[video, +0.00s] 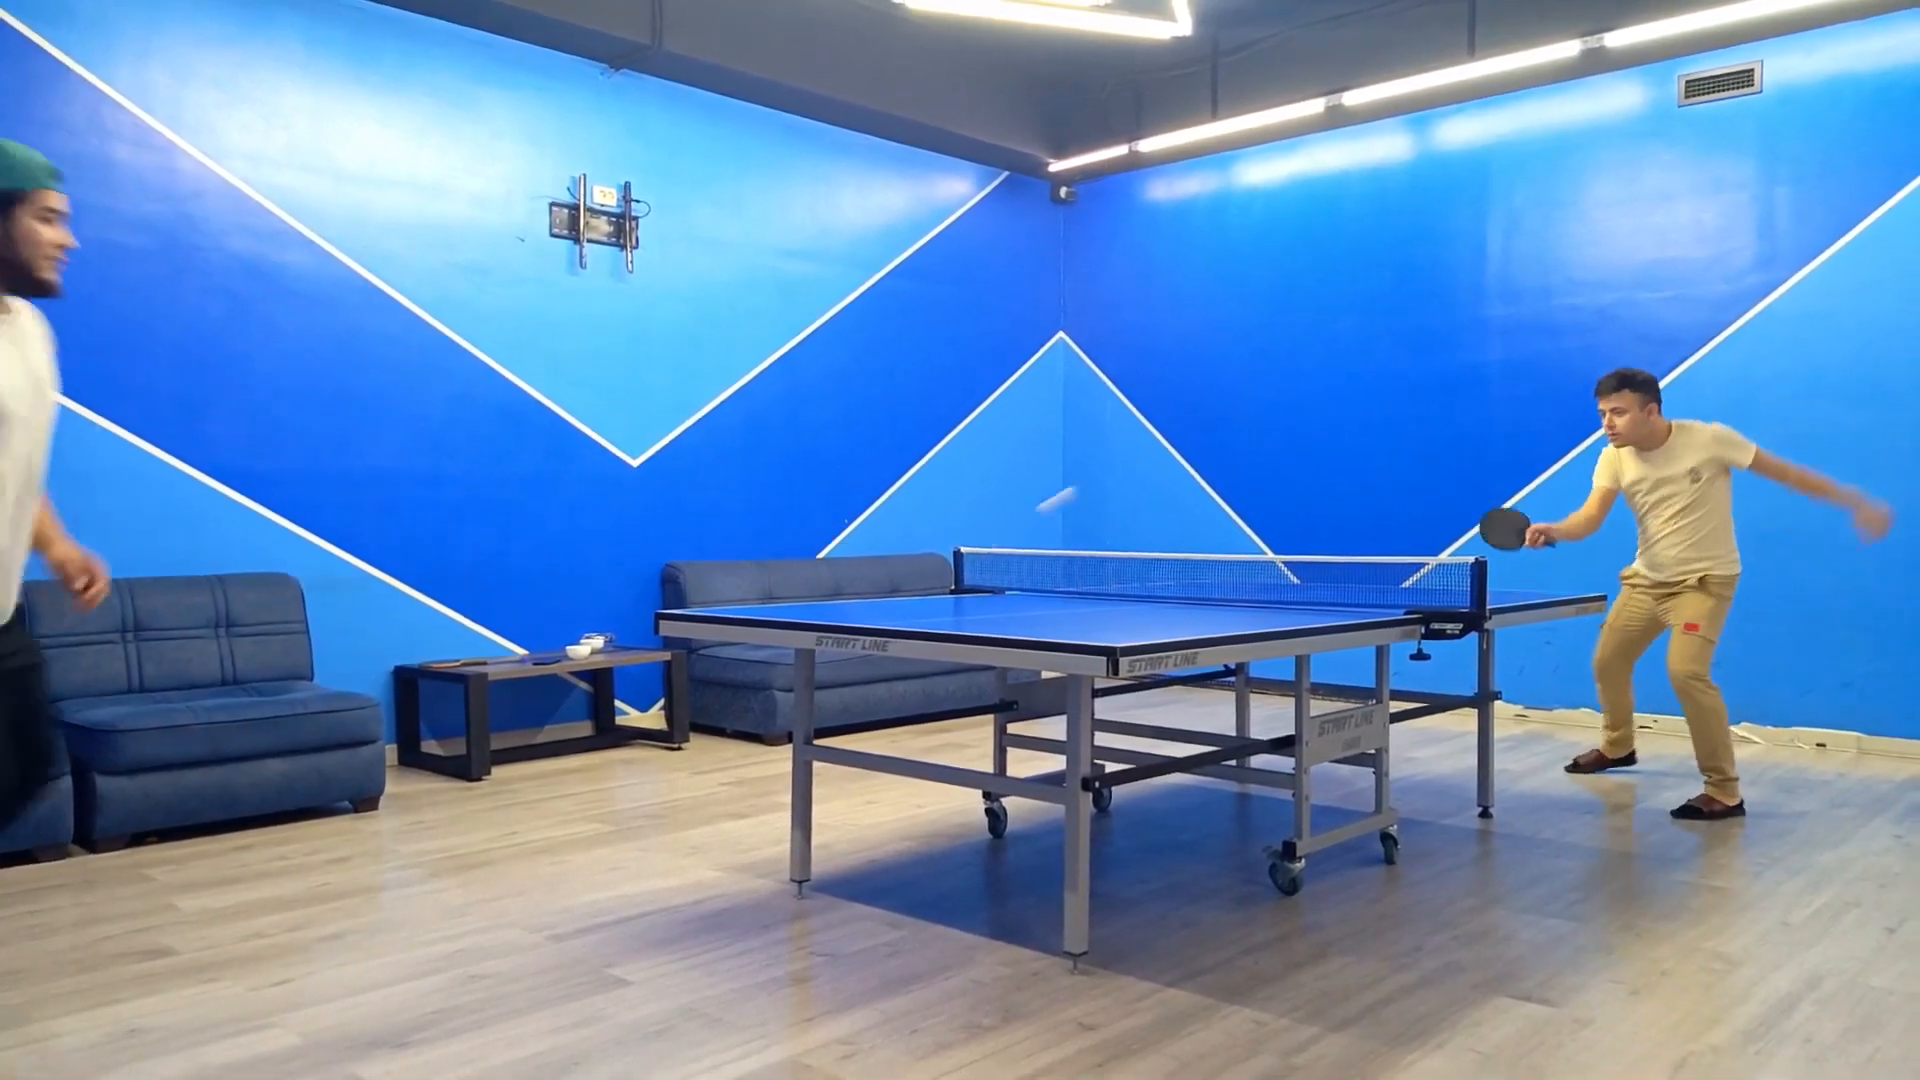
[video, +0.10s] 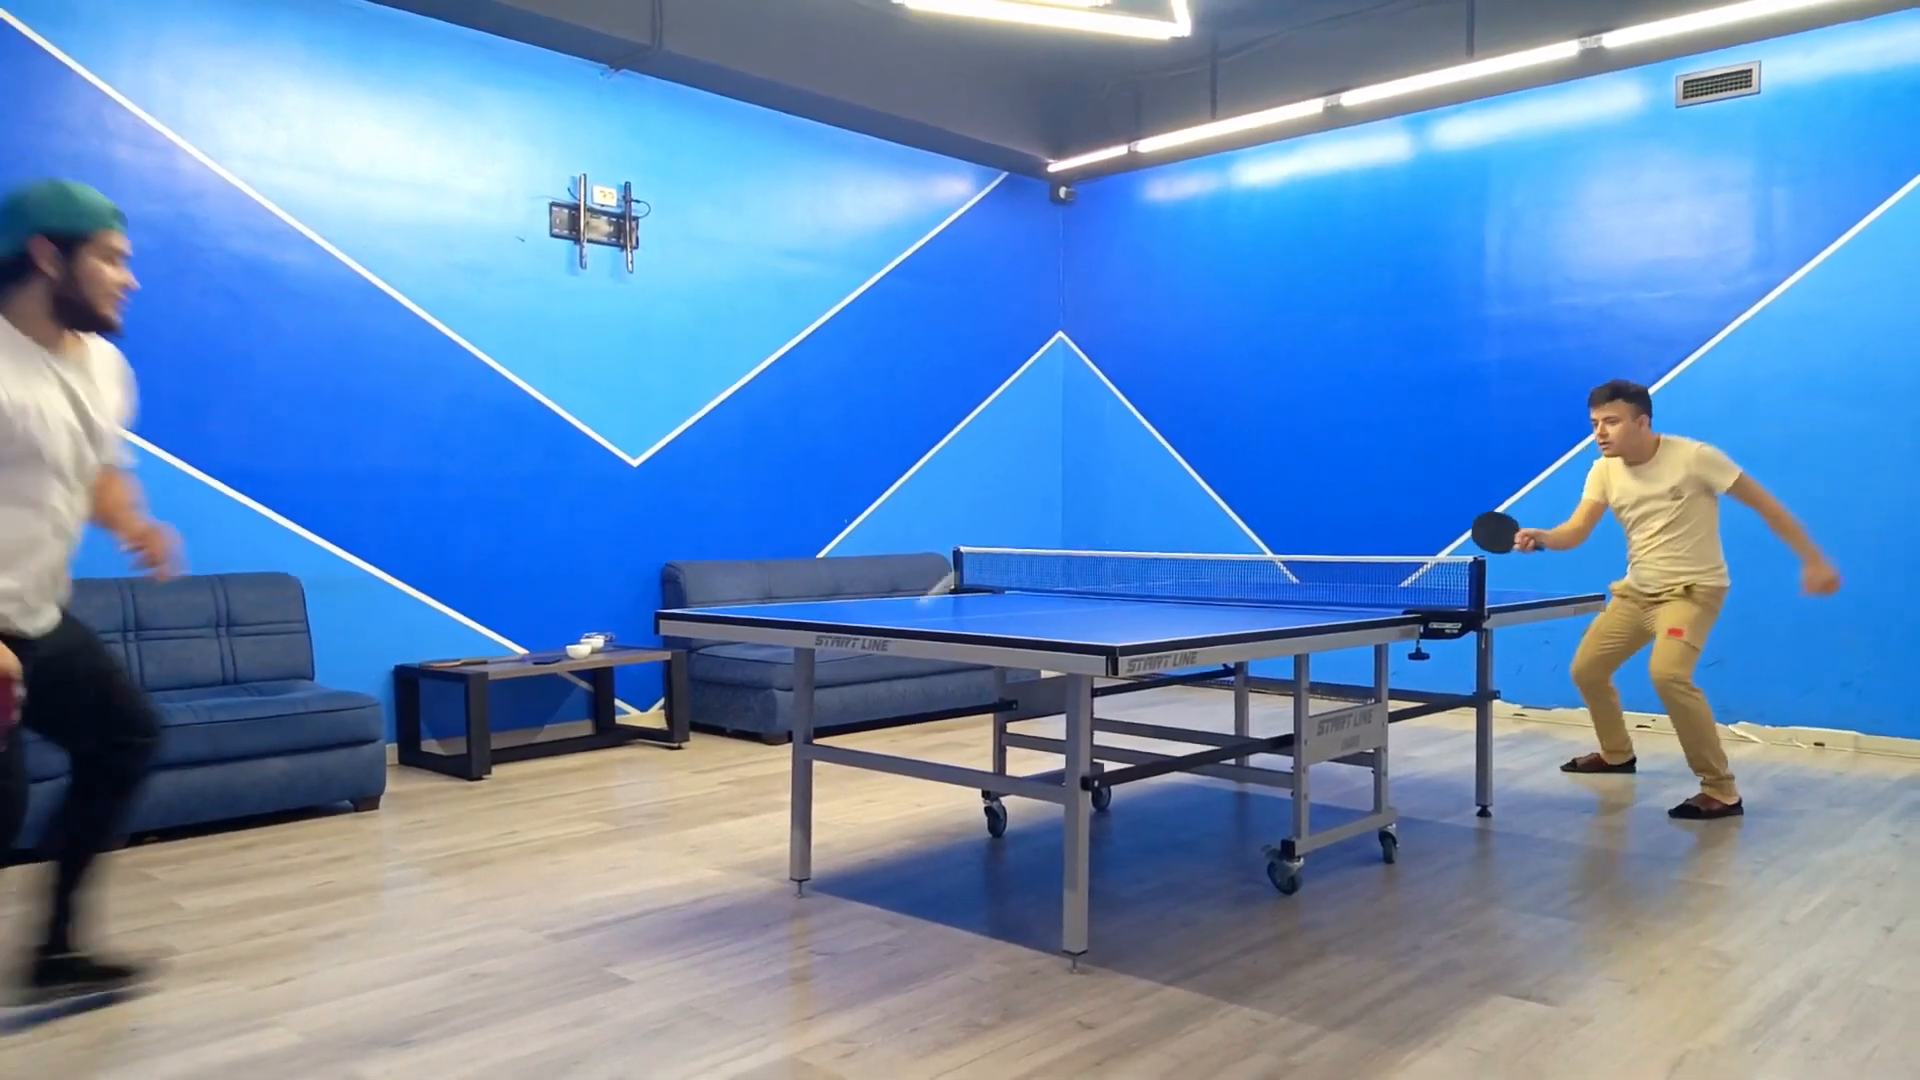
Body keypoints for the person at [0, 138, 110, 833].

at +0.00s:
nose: (68, 240)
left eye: (66, 221)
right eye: (50, 217)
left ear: (36, 231)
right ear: (2, 224)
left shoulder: (33, 332)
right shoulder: (12, 331)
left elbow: (14, 466)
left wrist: (56, 543)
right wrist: (53, 543)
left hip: (7, 618)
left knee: (26, 769)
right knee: (20, 773)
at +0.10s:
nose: (128, 277)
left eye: (127, 260)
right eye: (111, 258)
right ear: (46, 258)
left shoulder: (104, 365)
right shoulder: (6, 362)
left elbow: (100, 474)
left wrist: (133, 522)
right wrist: (2, 643)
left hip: (37, 620)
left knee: (120, 734)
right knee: (7, 800)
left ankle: (56, 951)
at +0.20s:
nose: (186, 321)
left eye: (185, 303)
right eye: (171, 302)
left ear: (129, 305)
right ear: (108, 302)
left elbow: (231, 485)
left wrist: (281, 525)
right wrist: (17, 644)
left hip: (89, 644)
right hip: (7, 648)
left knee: (201, 725)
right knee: (24, 811)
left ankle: (211, 930)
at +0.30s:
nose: (247, 336)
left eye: (246, 320)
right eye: (230, 320)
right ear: (171, 325)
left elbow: (315, 474)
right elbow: (40, 571)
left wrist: (386, 529)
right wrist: (101, 618)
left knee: (281, 737)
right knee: (53, 821)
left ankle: (281, 939)